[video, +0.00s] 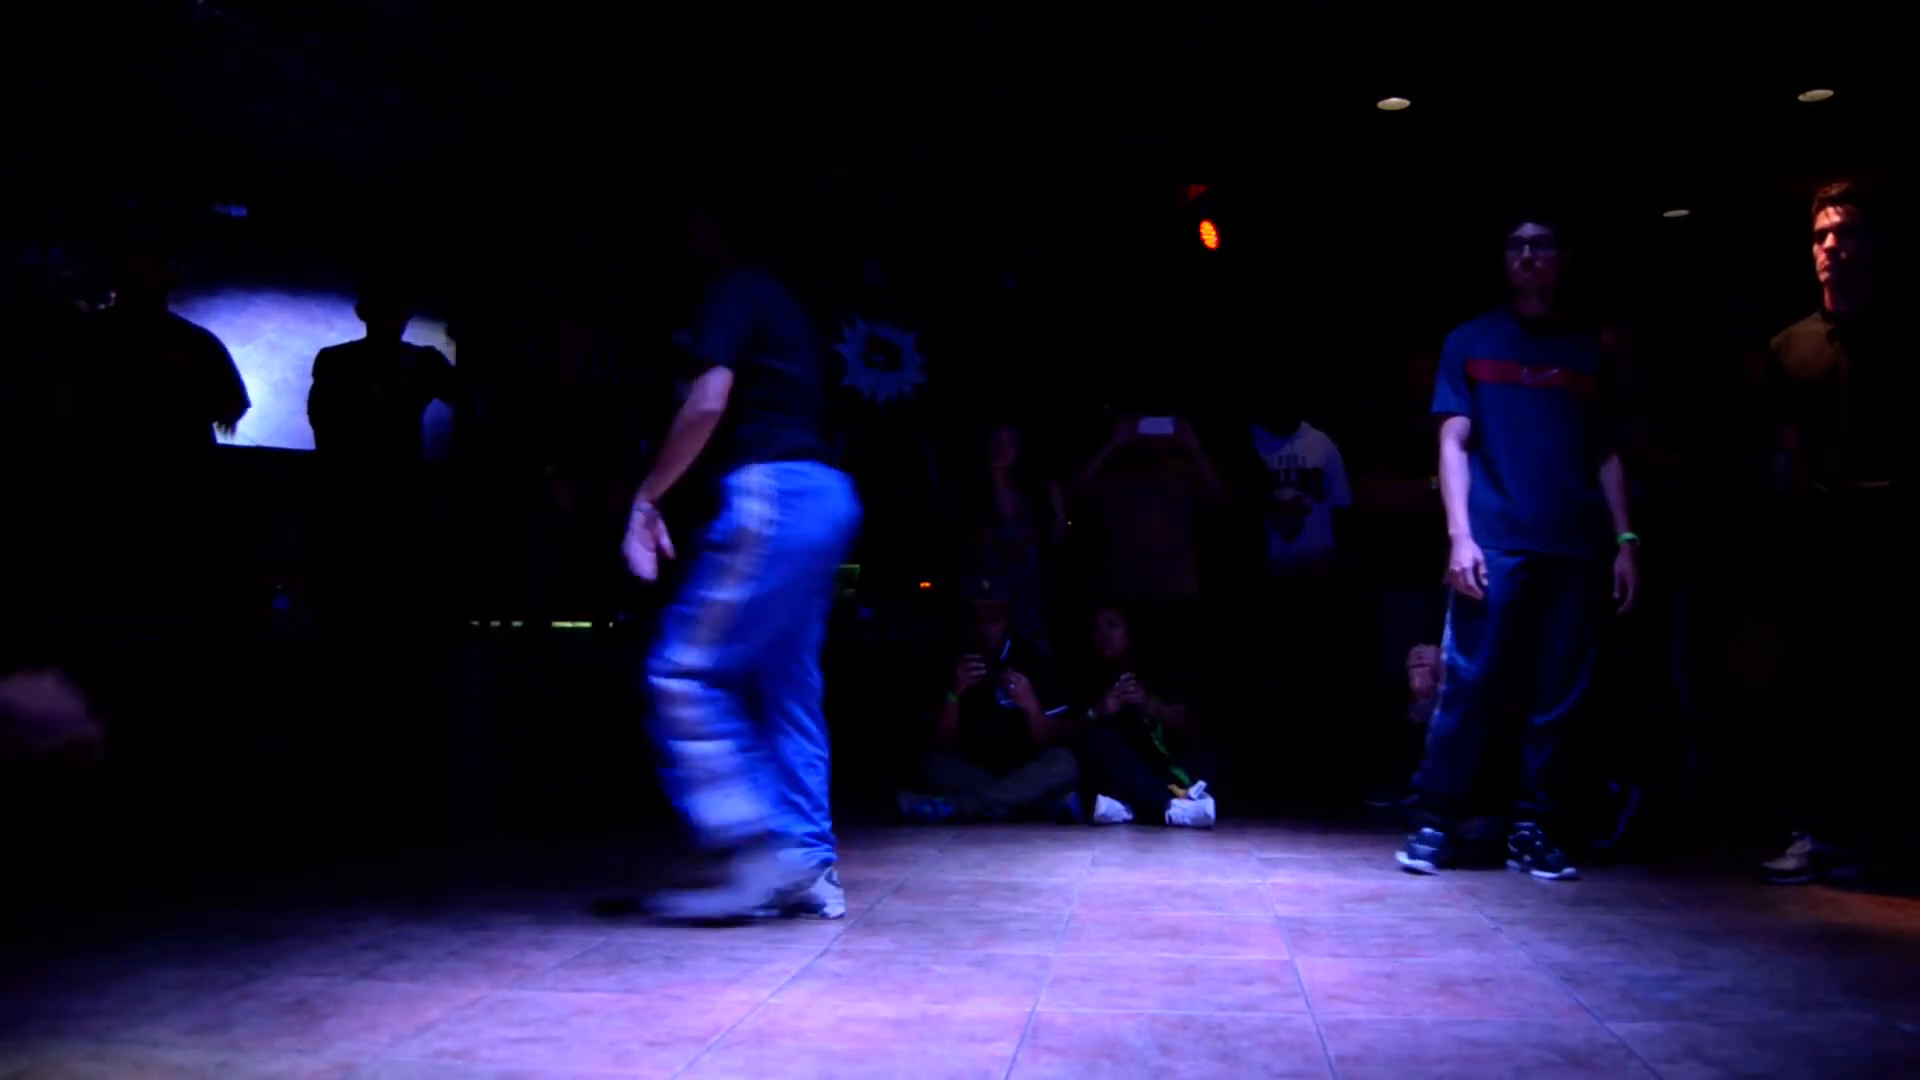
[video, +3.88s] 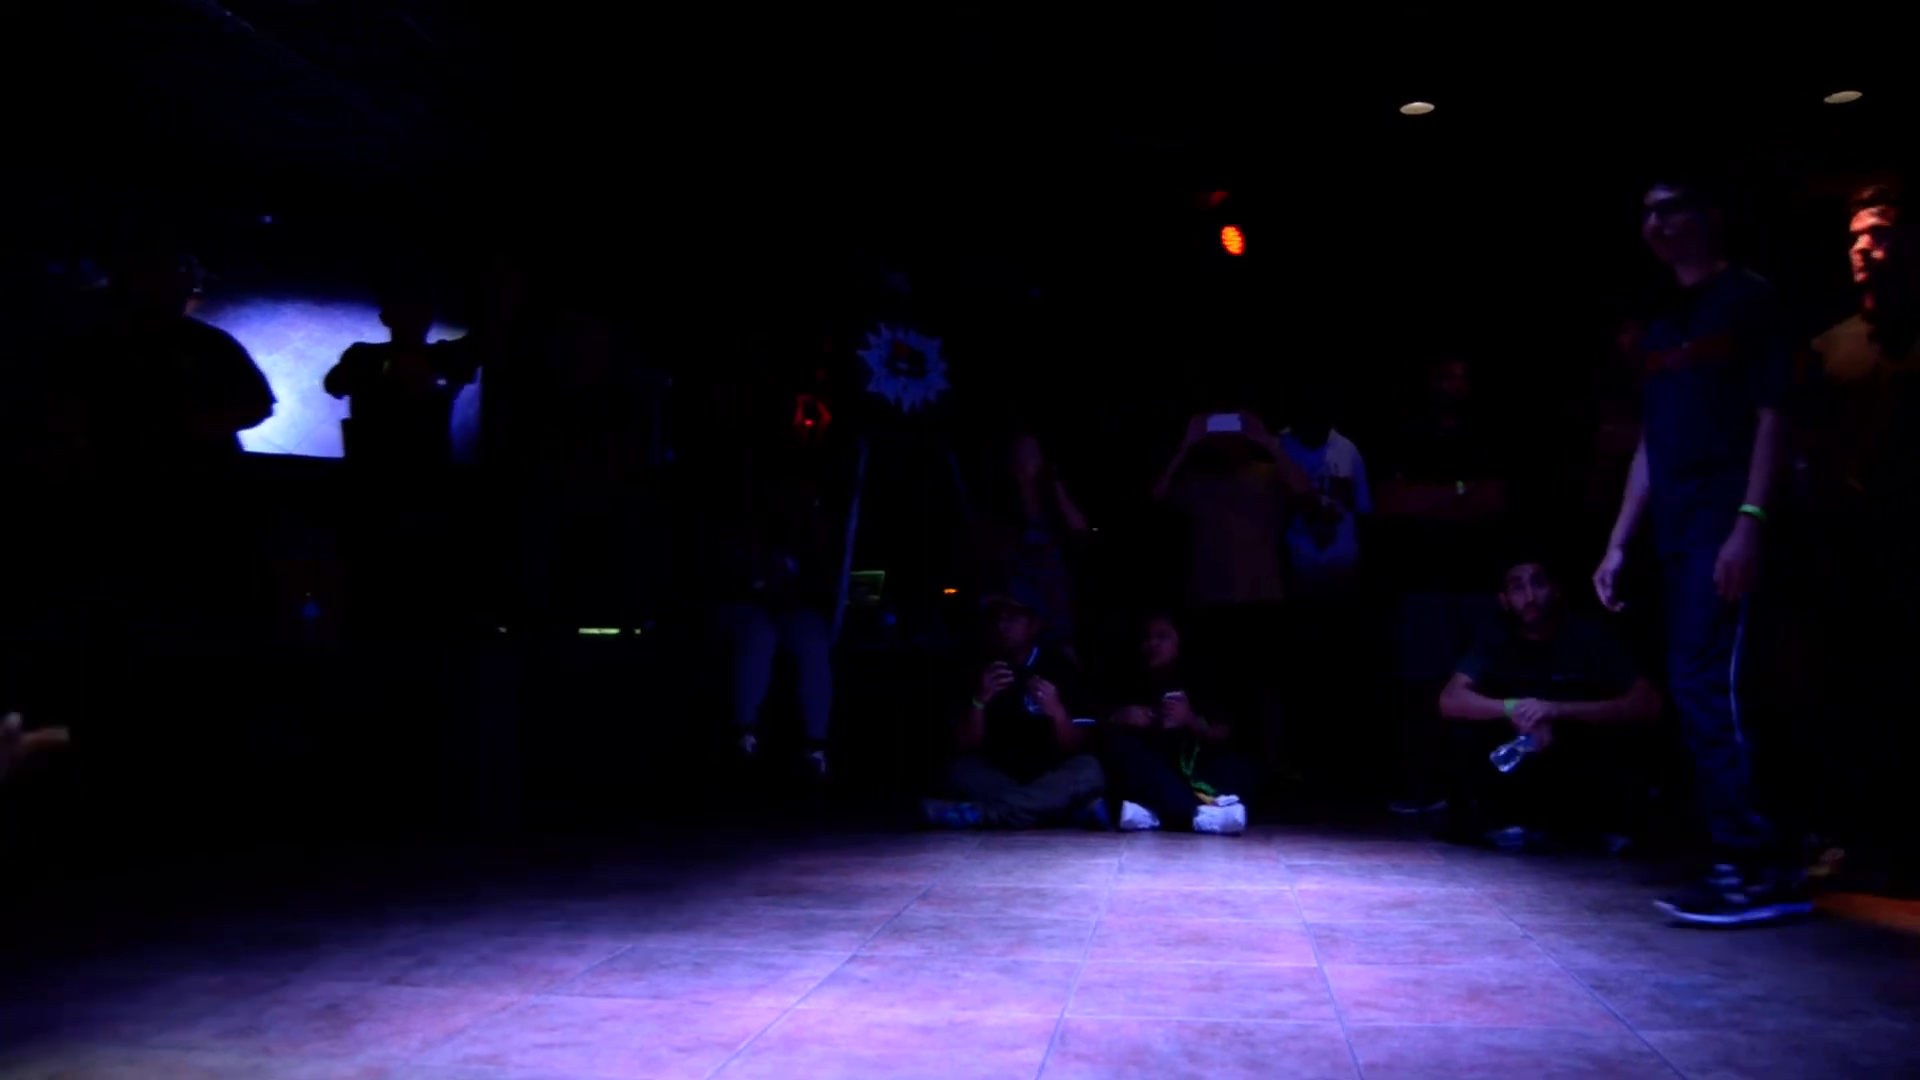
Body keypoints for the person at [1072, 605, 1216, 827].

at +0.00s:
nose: (1105, 635)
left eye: (1112, 626)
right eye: (1098, 628)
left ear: (1127, 630)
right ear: (1090, 635)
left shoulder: (1149, 668)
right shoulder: (1083, 674)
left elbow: (1180, 718)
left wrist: (1145, 701)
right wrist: (1102, 709)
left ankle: (1128, 807)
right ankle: (1168, 807)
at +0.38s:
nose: (1100, 635)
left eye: (1108, 628)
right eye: (1095, 628)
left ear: (1123, 633)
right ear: (1088, 634)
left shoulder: (1143, 669)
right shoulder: (1081, 672)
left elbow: (1177, 717)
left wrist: (1143, 702)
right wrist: (1075, 707)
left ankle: (1128, 806)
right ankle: (1168, 806)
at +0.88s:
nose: (1073, 651)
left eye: (1080, 642)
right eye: (1070, 644)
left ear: (1099, 645)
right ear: (1063, 650)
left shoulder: (1125, 680)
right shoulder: (1072, 685)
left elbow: (1167, 721)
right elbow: (1076, 729)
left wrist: (1121, 717)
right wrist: (1056, 688)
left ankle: (1126, 807)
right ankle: (1169, 807)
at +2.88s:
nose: (1095, 642)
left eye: (1103, 634)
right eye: (1091, 635)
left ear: (1119, 639)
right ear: (1084, 641)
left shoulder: (1143, 675)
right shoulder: (1082, 680)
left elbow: (1179, 723)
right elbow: (1077, 733)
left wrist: (1138, 718)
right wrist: (1066, 699)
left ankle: (1129, 809)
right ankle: (1169, 807)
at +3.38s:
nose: (1120, 645)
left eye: (1130, 637)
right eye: (1116, 637)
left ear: (1144, 642)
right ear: (1106, 642)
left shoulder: (1161, 680)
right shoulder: (1098, 681)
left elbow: (1194, 732)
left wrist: (1160, 721)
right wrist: (1082, 719)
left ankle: (1132, 813)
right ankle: (1172, 813)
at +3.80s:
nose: (1137, 645)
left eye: (1146, 637)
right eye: (1131, 638)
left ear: (1161, 641)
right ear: (1123, 643)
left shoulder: (1181, 680)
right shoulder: (1115, 682)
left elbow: (1207, 733)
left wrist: (1175, 721)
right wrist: (1105, 719)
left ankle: (1143, 813)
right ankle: (1181, 813)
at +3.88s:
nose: (1153, 644)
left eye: (1162, 636)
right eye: (1147, 637)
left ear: (1177, 641)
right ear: (1140, 643)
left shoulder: (1197, 679)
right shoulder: (1131, 679)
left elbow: (1222, 733)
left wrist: (1189, 719)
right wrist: (1123, 717)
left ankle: (1157, 812)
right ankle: (1196, 813)